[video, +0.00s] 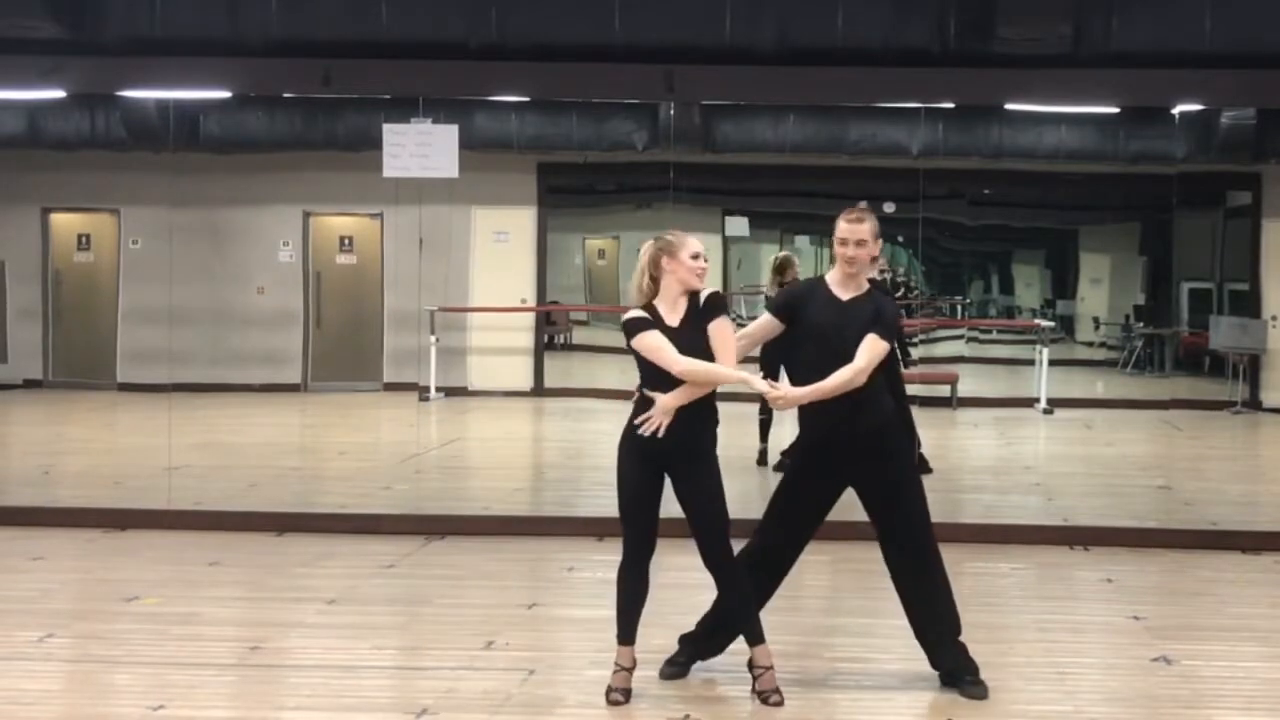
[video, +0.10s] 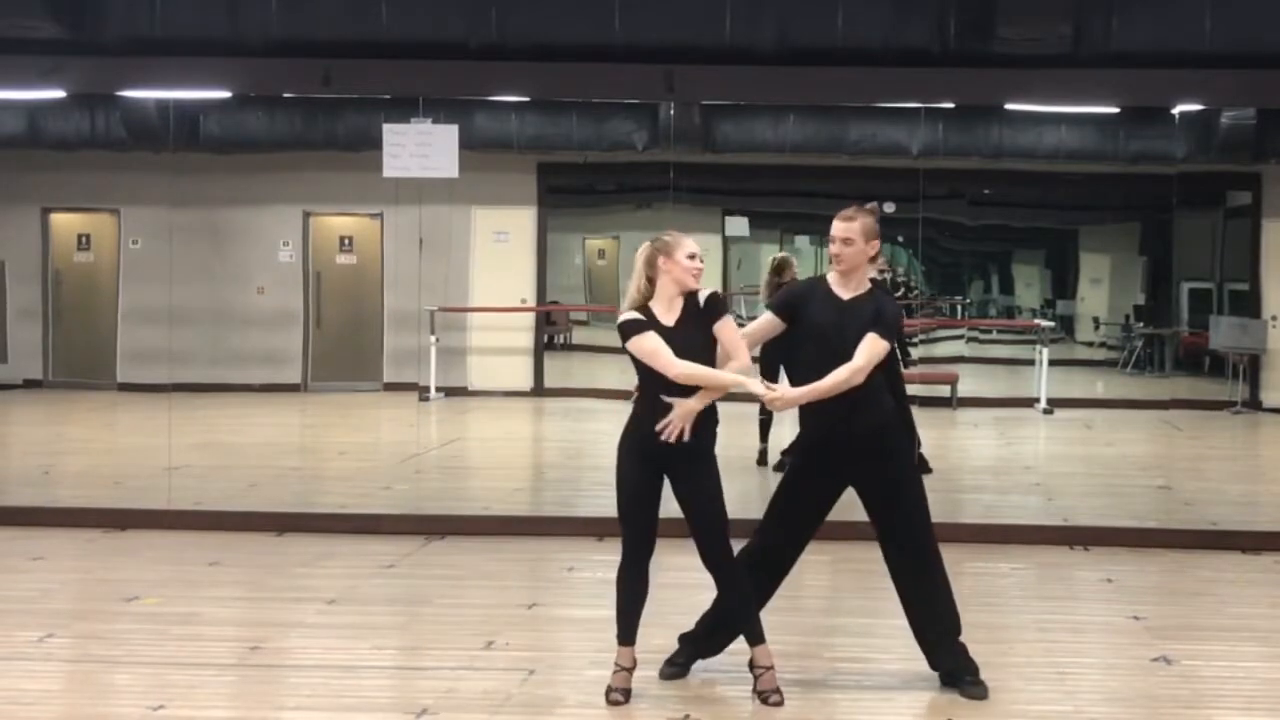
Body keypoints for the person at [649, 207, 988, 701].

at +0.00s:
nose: (852, 251)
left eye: (861, 243)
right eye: (844, 242)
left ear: (877, 248)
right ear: (832, 244)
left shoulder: (883, 308)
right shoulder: (802, 296)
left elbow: (859, 370)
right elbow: (739, 345)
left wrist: (799, 395)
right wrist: (682, 385)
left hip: (883, 449)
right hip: (820, 447)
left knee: (915, 552)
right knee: (769, 548)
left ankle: (955, 663)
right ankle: (697, 645)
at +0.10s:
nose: (835, 249)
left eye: (846, 242)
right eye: (832, 240)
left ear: (873, 249)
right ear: (827, 242)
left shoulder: (884, 309)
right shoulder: (804, 295)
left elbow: (857, 369)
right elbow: (742, 346)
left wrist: (797, 395)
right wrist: (698, 397)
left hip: (883, 449)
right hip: (820, 447)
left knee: (915, 554)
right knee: (769, 549)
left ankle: (955, 664)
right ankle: (696, 644)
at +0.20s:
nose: (832, 249)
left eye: (842, 243)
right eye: (830, 240)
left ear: (870, 250)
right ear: (827, 242)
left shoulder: (885, 309)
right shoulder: (804, 294)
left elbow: (856, 367)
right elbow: (741, 343)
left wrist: (794, 393)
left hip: (883, 449)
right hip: (820, 447)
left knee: (916, 554)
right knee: (769, 549)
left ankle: (955, 664)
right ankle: (696, 644)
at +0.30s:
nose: (832, 251)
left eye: (842, 244)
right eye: (830, 242)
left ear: (870, 251)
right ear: (827, 245)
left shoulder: (885, 309)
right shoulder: (805, 293)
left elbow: (852, 365)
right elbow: (743, 337)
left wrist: (789, 392)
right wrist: (725, 398)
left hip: (884, 449)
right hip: (821, 447)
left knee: (917, 554)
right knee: (769, 549)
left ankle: (954, 663)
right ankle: (696, 644)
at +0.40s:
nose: (831, 253)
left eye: (841, 247)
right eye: (829, 245)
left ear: (870, 254)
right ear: (828, 247)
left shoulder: (886, 312)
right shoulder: (808, 294)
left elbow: (845, 365)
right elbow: (742, 329)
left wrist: (787, 397)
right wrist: (688, 344)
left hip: (884, 454)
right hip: (820, 451)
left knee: (919, 556)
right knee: (768, 550)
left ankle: (954, 663)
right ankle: (698, 644)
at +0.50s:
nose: (830, 260)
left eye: (839, 254)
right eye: (829, 252)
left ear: (870, 257)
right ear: (836, 255)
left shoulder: (895, 308)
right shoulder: (820, 298)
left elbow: (851, 362)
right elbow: (746, 322)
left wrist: (790, 397)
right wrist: (679, 333)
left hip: (884, 458)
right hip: (820, 453)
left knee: (926, 566)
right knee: (766, 551)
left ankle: (953, 665)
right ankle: (697, 644)